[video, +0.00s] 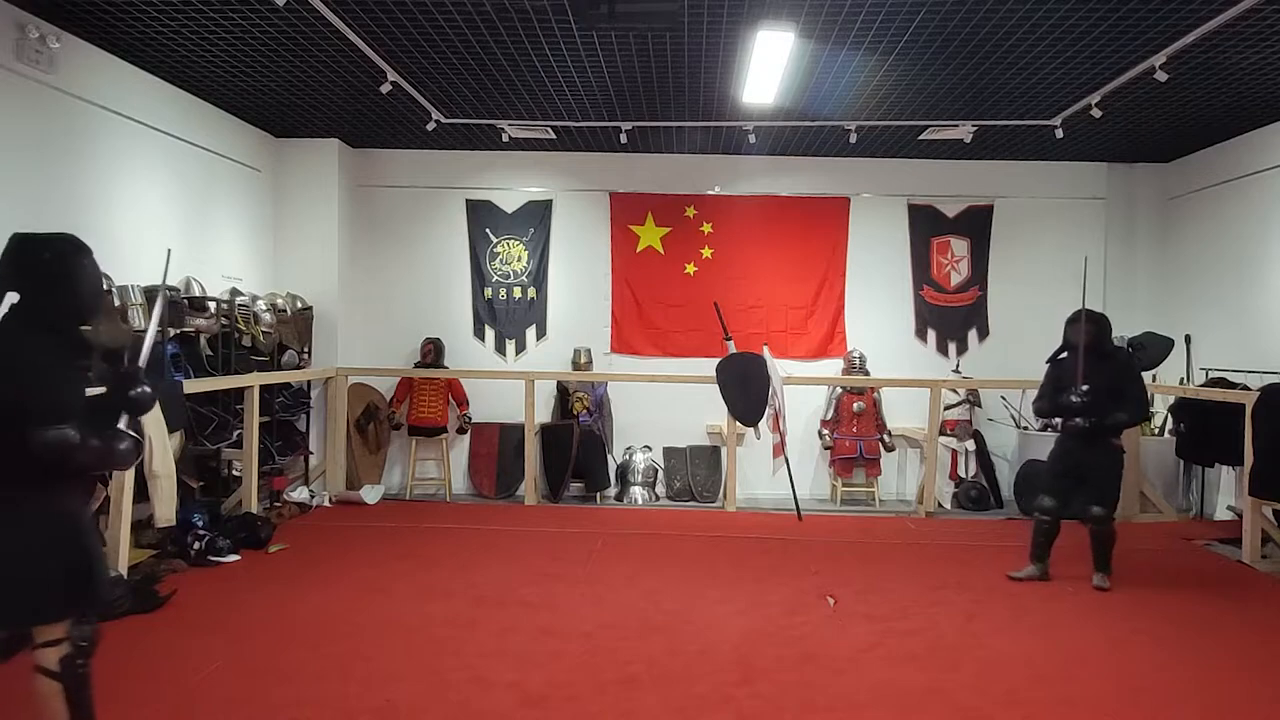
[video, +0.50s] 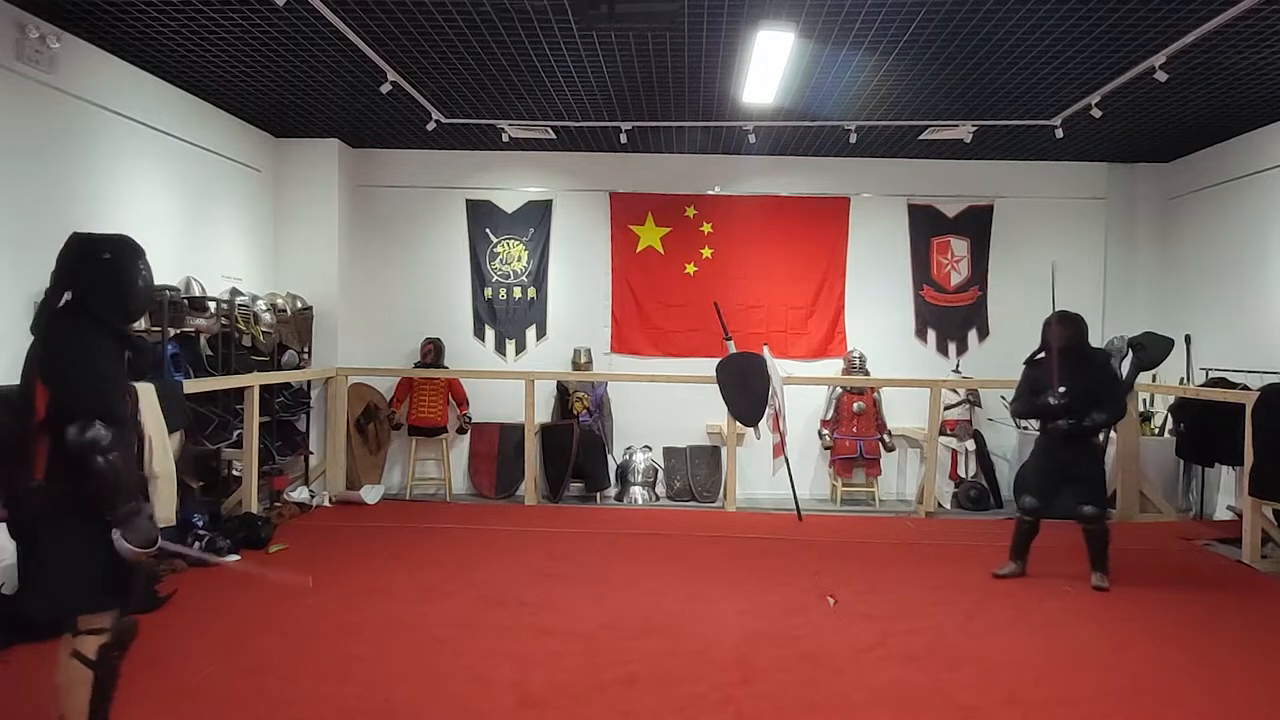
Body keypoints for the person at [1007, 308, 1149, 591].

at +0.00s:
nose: (1078, 339)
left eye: (1084, 333)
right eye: (1073, 332)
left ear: (1099, 333)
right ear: (1067, 333)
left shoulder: (1120, 362)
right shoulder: (1061, 364)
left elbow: (1140, 409)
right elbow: (1040, 407)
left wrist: (1102, 423)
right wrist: (1066, 402)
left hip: (1105, 447)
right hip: (1068, 443)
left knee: (1099, 512)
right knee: (1047, 504)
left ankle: (1101, 572)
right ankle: (1038, 564)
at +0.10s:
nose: (1078, 340)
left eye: (1084, 334)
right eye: (1073, 333)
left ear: (1099, 334)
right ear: (1068, 333)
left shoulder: (1121, 362)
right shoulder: (1061, 363)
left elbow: (1140, 409)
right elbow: (1039, 405)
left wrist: (1101, 423)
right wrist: (1065, 402)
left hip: (1105, 447)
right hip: (1068, 443)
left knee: (1098, 512)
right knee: (1045, 504)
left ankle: (1101, 571)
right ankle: (1037, 563)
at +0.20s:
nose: (1078, 333)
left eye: (1085, 328)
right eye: (1073, 327)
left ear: (1099, 331)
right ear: (1067, 332)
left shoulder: (1120, 362)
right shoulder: (1059, 363)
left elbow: (1137, 410)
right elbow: (1038, 404)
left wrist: (1097, 424)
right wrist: (1065, 400)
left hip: (1102, 447)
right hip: (1064, 443)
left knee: (1097, 511)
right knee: (1041, 501)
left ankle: (1100, 571)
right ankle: (1031, 560)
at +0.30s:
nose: (1073, 345)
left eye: (1079, 339)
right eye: (1068, 339)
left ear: (1094, 336)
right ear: (1062, 337)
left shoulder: (1114, 361)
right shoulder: (1054, 363)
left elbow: (1133, 409)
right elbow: (1033, 404)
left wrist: (1098, 423)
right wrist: (1061, 401)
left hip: (1099, 446)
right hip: (1061, 443)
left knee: (1097, 511)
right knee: (1036, 499)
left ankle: (1100, 571)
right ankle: (1023, 558)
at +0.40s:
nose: (1064, 343)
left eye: (1071, 337)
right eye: (1060, 337)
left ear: (1086, 335)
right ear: (1055, 336)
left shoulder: (1108, 363)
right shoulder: (1047, 365)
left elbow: (1126, 407)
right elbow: (1027, 407)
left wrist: (1092, 425)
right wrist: (1054, 403)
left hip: (1094, 447)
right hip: (1056, 444)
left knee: (1095, 510)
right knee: (1033, 501)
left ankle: (1100, 571)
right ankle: (1018, 559)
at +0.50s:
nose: (1059, 350)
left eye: (1065, 343)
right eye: (1053, 343)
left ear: (1079, 339)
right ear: (1046, 340)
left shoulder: (1098, 362)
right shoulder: (1037, 366)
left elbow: (1117, 406)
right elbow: (1018, 408)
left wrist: (1085, 424)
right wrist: (1044, 404)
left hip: (1086, 447)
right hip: (1048, 444)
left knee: (1090, 508)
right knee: (1029, 501)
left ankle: (1098, 571)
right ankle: (1017, 561)